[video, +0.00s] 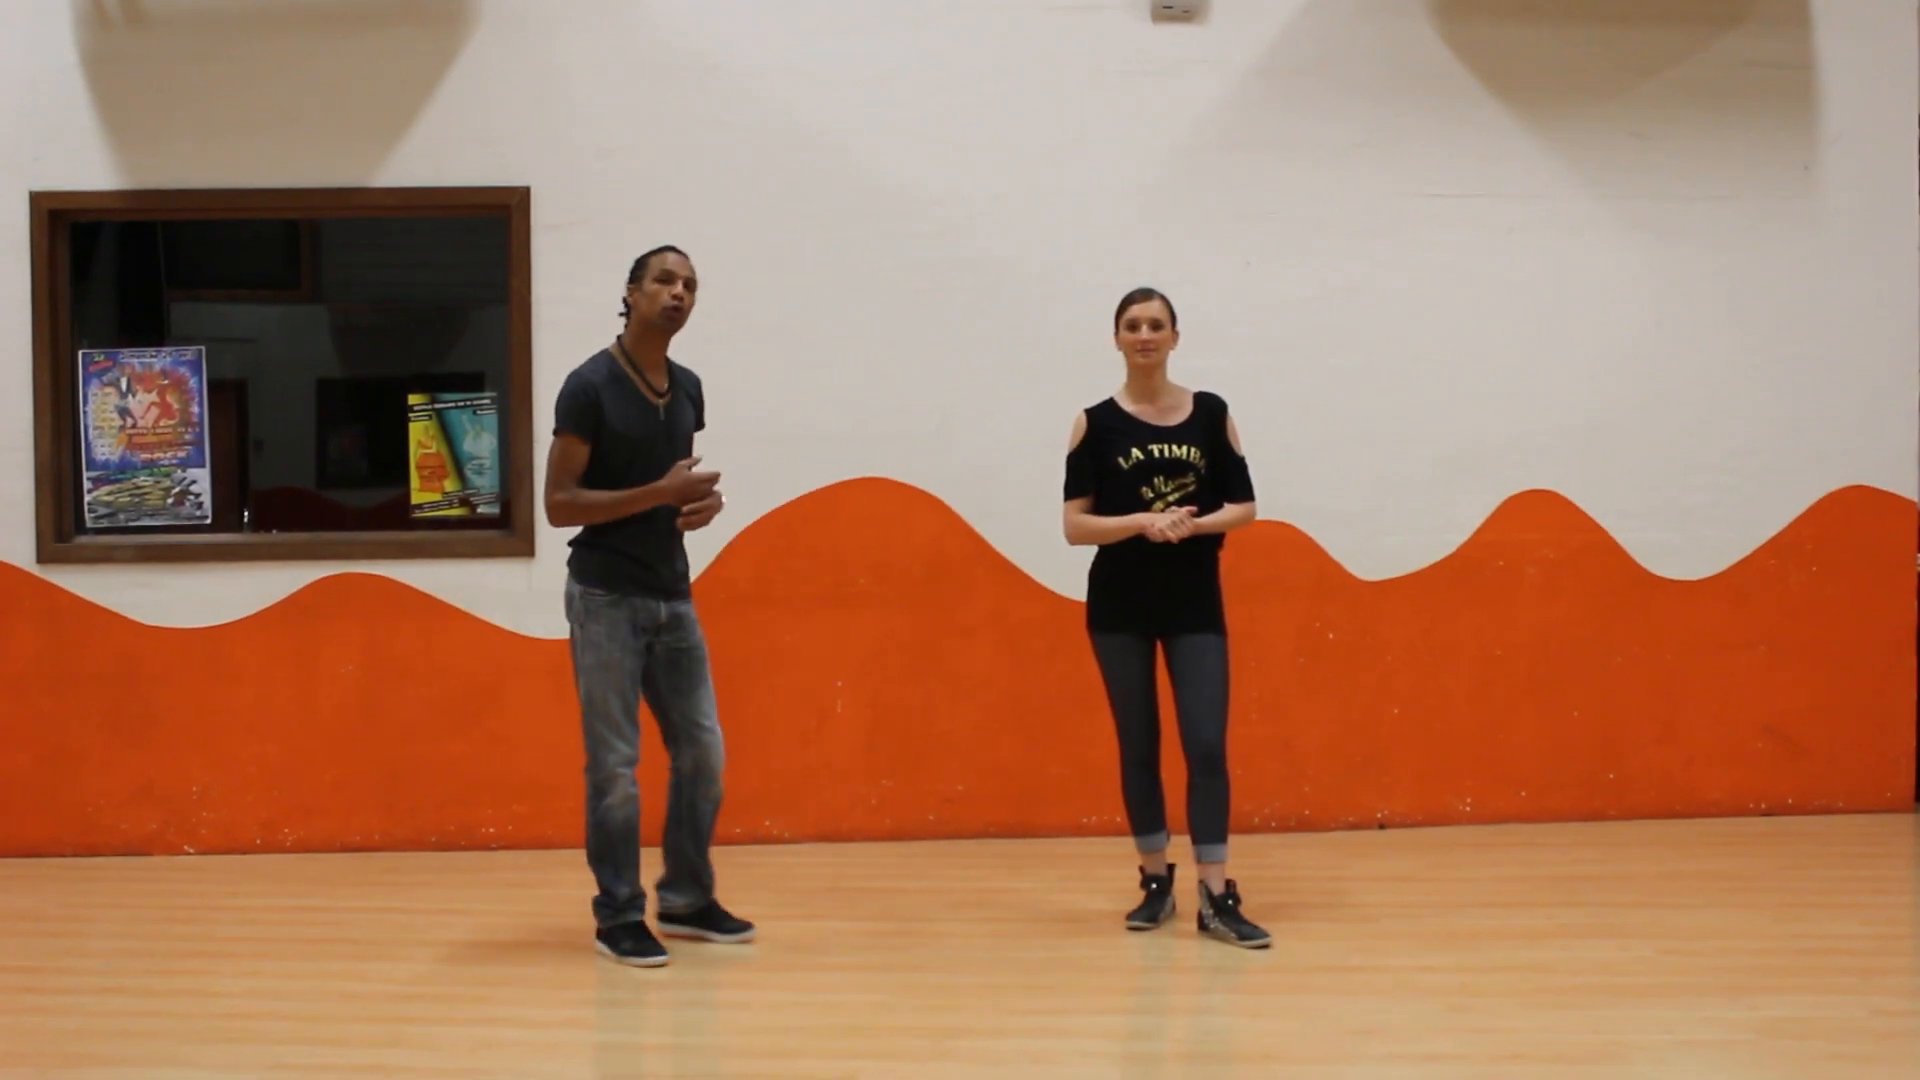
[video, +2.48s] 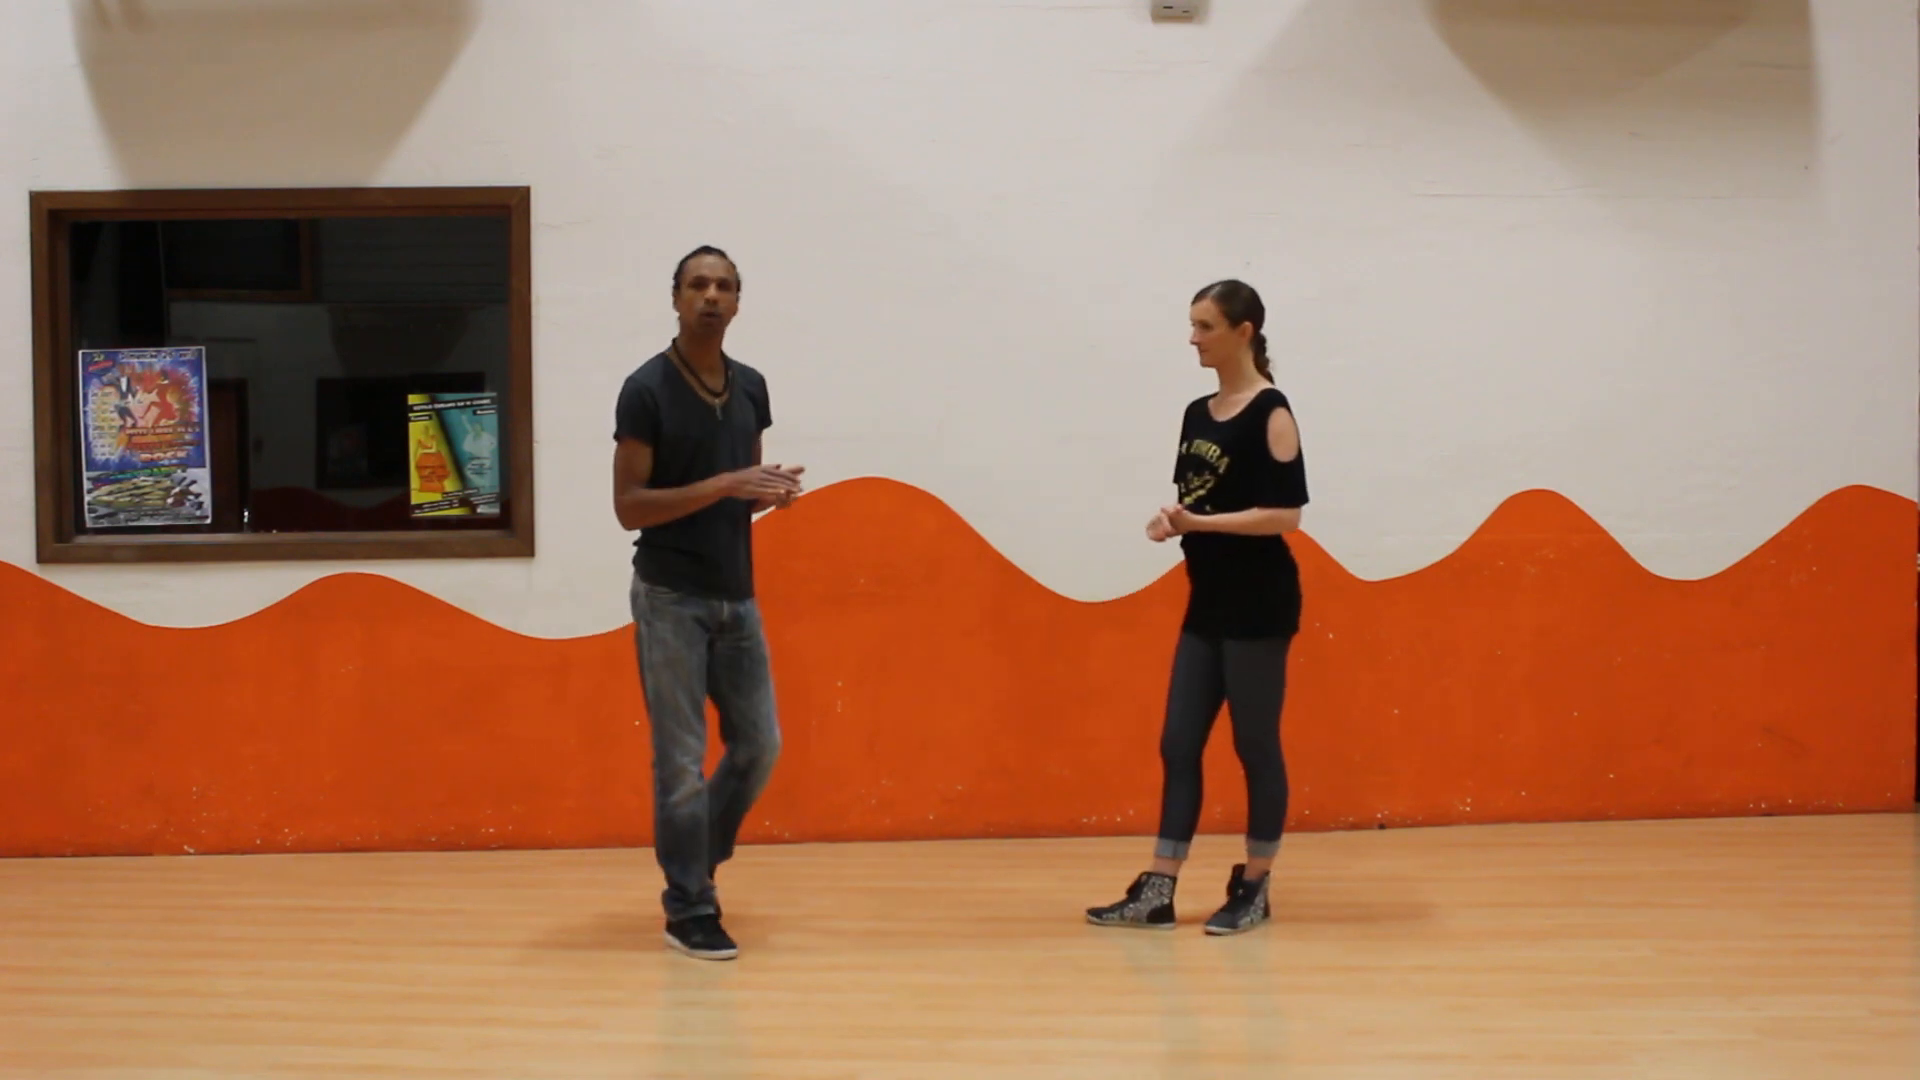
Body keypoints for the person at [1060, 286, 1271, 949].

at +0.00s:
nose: (1145, 336)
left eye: (1156, 326)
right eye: (1133, 327)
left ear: (1175, 337)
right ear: (1116, 338)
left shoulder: (1210, 413)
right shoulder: (1094, 425)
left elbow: (1244, 507)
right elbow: (1076, 524)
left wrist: (1197, 522)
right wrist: (1138, 522)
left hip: (1194, 603)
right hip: (1119, 605)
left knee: (1206, 748)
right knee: (1138, 746)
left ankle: (1216, 896)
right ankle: (1157, 883)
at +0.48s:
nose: (1145, 336)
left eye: (1157, 325)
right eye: (1134, 326)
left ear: (1177, 337)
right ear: (1119, 337)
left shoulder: (1212, 413)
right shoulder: (1095, 424)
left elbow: (1244, 508)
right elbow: (1076, 523)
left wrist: (1196, 522)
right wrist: (1137, 521)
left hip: (1195, 601)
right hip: (1120, 603)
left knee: (1207, 747)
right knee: (1139, 746)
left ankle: (1216, 896)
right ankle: (1157, 883)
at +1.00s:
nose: (1116, 327)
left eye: (1130, 318)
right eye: (1118, 317)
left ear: (1168, 332)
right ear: (1134, 331)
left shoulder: (1203, 411)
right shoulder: (1113, 415)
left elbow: (1232, 509)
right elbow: (1097, 499)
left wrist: (1145, 526)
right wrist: (1097, 519)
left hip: (1194, 598)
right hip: (1129, 598)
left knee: (1192, 740)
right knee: (1146, 742)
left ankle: (1214, 887)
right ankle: (1156, 884)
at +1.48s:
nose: (1137, 324)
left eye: (1150, 317)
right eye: (1140, 314)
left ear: (1186, 332)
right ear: (1171, 332)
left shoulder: (1198, 408)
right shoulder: (1160, 410)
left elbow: (1212, 508)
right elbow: (1170, 502)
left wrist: (1133, 522)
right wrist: (1124, 515)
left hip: (1212, 598)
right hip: (1172, 597)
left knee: (1216, 744)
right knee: (1171, 743)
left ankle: (1248, 884)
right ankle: (1167, 883)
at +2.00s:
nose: (1175, 336)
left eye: (1186, 326)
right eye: (1175, 325)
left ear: (1225, 331)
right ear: (1204, 332)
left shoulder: (1248, 410)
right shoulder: (1193, 409)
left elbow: (1264, 511)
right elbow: (1208, 502)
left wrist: (1181, 523)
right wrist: (1169, 521)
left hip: (1251, 602)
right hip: (1206, 599)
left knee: (1249, 744)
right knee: (1177, 744)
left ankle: (1253, 888)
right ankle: (1158, 888)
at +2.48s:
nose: (1194, 339)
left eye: (1205, 328)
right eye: (1193, 328)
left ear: (1245, 331)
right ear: (1209, 332)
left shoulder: (1273, 415)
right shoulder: (1198, 414)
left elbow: (1285, 515)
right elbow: (1203, 502)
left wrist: (1198, 522)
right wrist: (1175, 516)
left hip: (1260, 607)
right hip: (1207, 602)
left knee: (1258, 746)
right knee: (1179, 745)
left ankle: (1253, 890)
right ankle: (1158, 890)